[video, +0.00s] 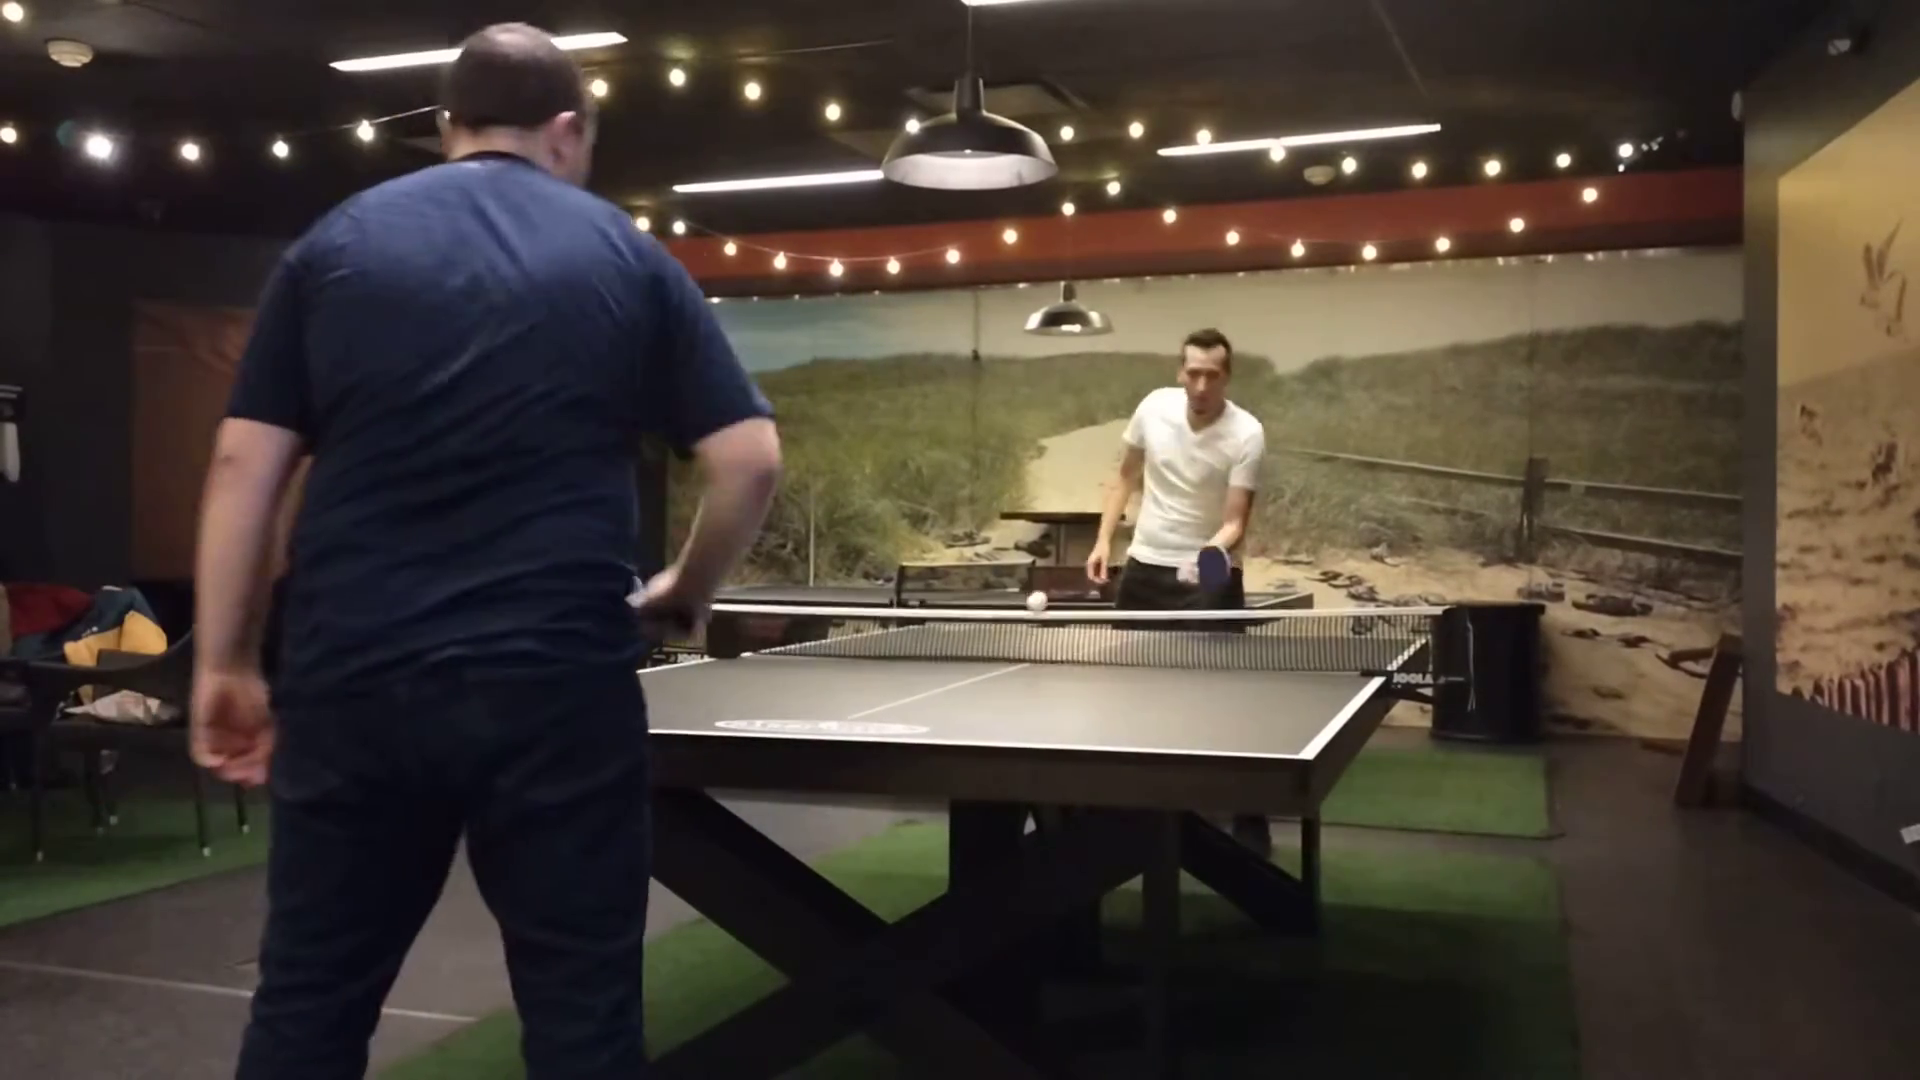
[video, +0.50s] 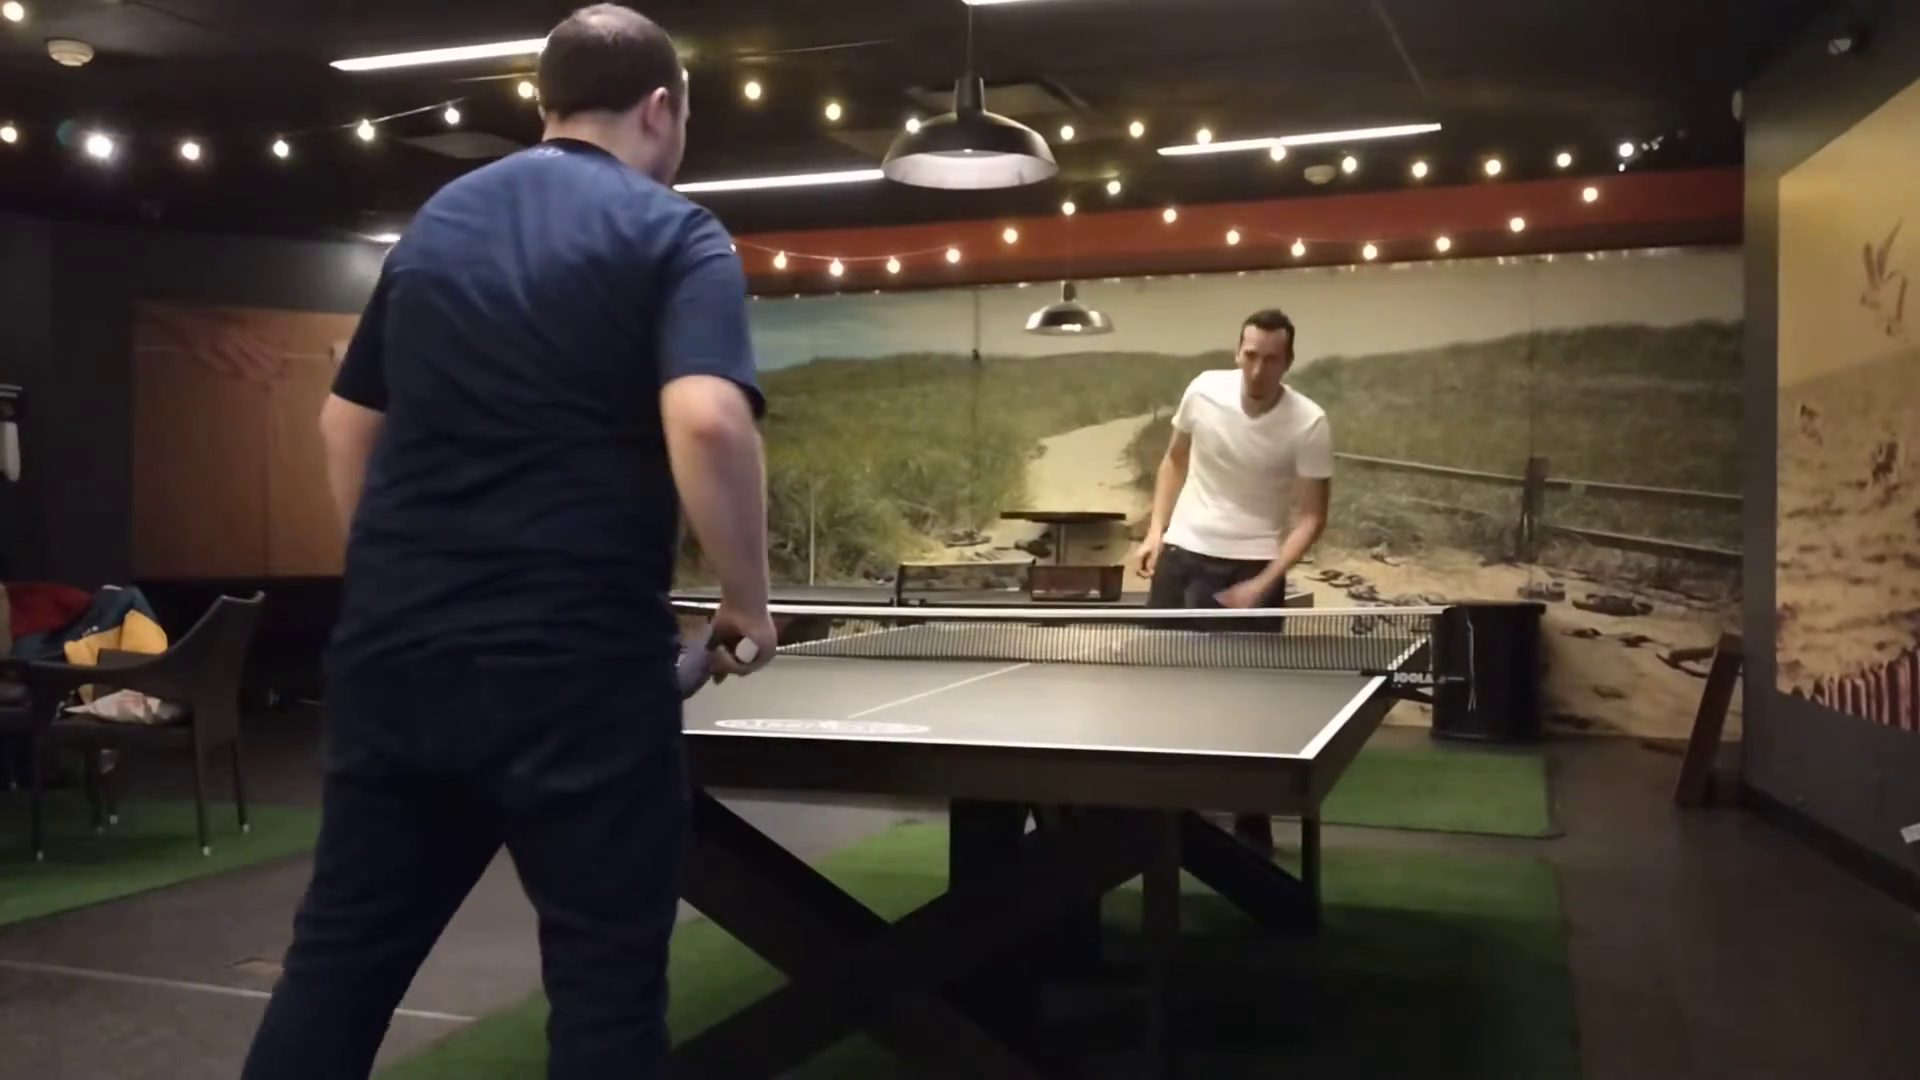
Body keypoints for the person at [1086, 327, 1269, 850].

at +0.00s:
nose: (1201, 386)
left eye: (1211, 376)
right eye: (1193, 374)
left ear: (1228, 377)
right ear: (1180, 372)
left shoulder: (1245, 434)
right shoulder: (1155, 406)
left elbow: (1236, 520)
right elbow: (1125, 479)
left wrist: (1214, 551)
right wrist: (1103, 543)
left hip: (1208, 582)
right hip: (1145, 575)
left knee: (1223, 693)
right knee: (1126, 684)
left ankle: (1246, 825)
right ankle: (1117, 812)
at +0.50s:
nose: (1256, 369)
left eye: (1269, 360)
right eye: (1250, 356)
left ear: (1288, 362)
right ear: (1237, 352)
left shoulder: (1307, 422)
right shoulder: (1205, 390)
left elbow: (1310, 517)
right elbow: (1175, 460)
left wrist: (1264, 582)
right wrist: (1156, 532)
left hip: (1252, 574)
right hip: (1180, 563)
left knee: (1248, 704)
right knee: (1164, 691)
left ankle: (1252, 837)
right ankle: (1159, 823)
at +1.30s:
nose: (1213, 402)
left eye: (1222, 389)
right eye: (1201, 392)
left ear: (1244, 376)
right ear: (1188, 385)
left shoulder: (1283, 398)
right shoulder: (1174, 421)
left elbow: (1335, 465)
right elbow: (1173, 523)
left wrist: (1331, 526)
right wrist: (1185, 609)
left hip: (1283, 571)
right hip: (1213, 569)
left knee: (1274, 704)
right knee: (1208, 697)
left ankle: (1253, 846)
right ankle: (1214, 834)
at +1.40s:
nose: (1205, 416)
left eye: (1214, 403)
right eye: (1192, 407)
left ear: (1236, 387)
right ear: (1179, 397)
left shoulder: (1275, 406)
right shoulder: (1168, 427)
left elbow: (1312, 469)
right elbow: (1171, 527)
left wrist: (1316, 528)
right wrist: (1186, 611)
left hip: (1283, 571)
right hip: (1216, 568)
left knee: (1276, 701)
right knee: (1209, 694)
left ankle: (1250, 842)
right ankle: (1209, 829)